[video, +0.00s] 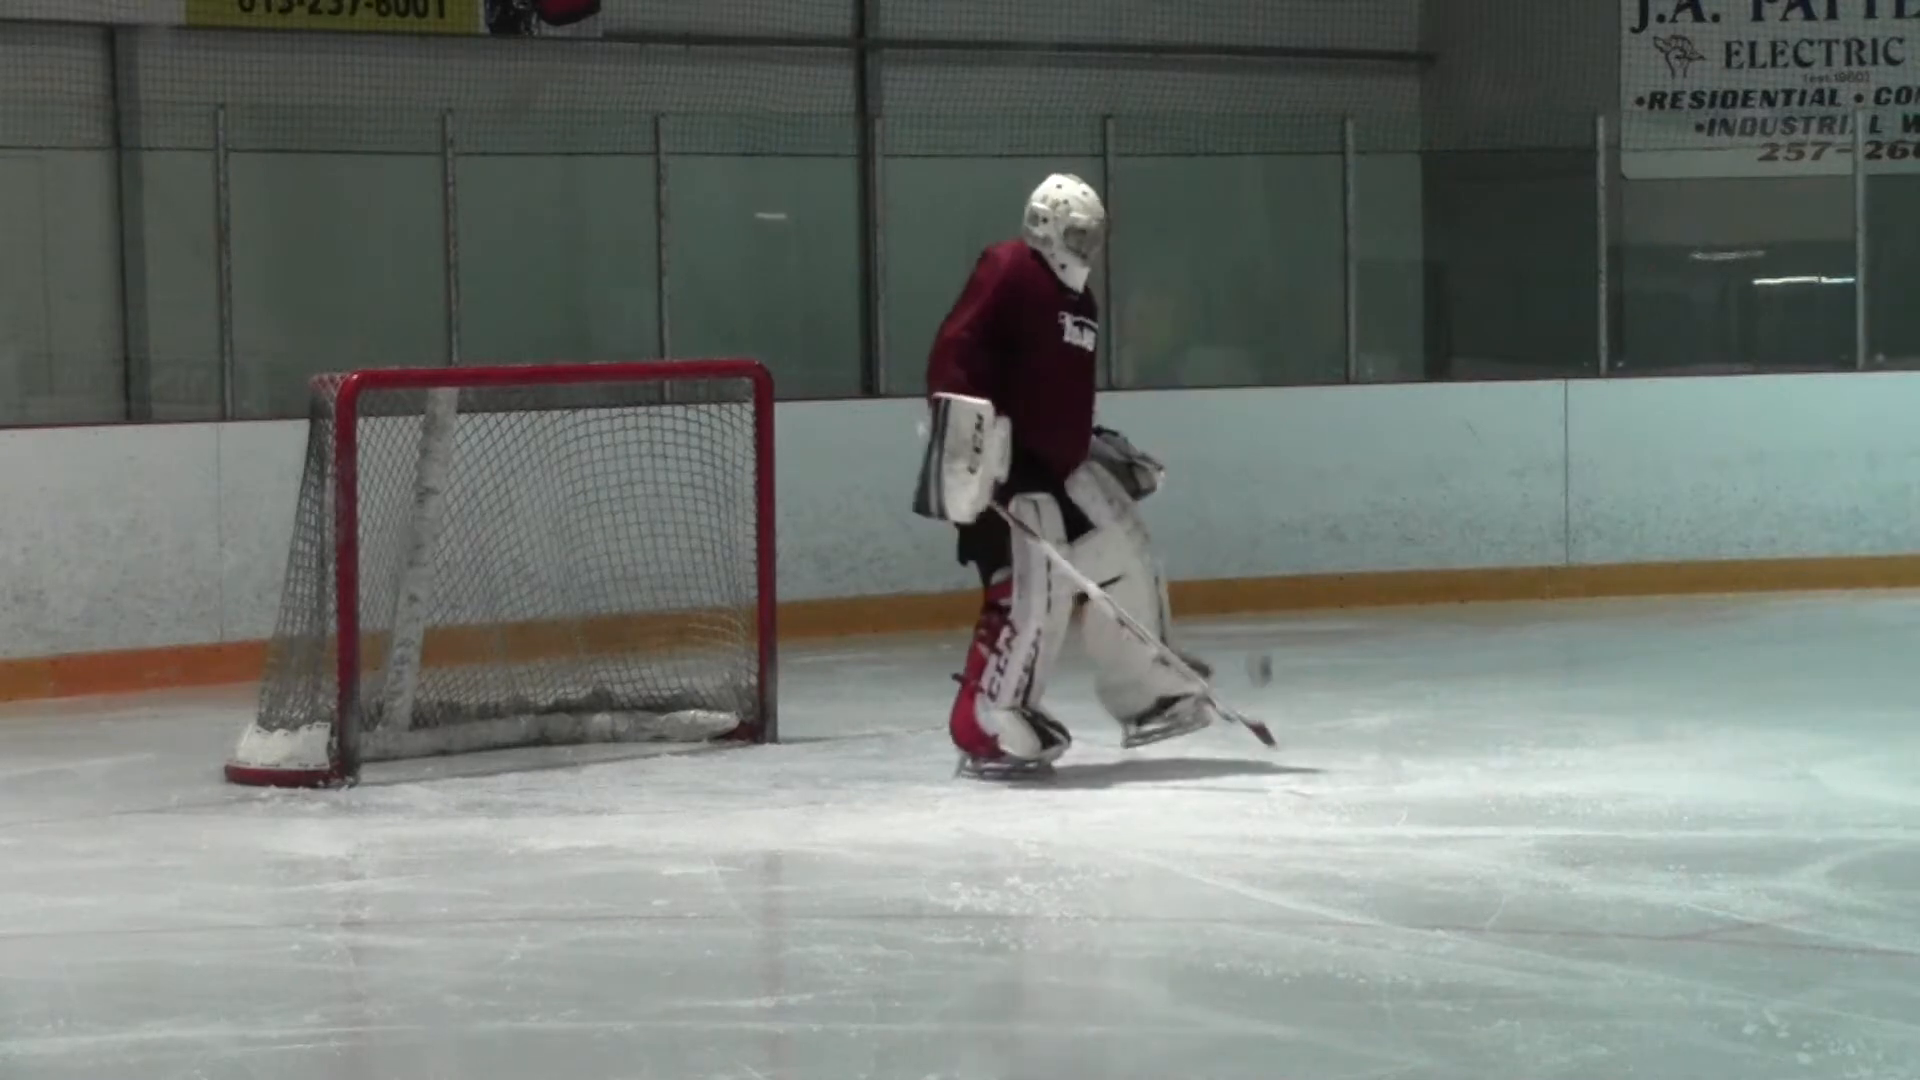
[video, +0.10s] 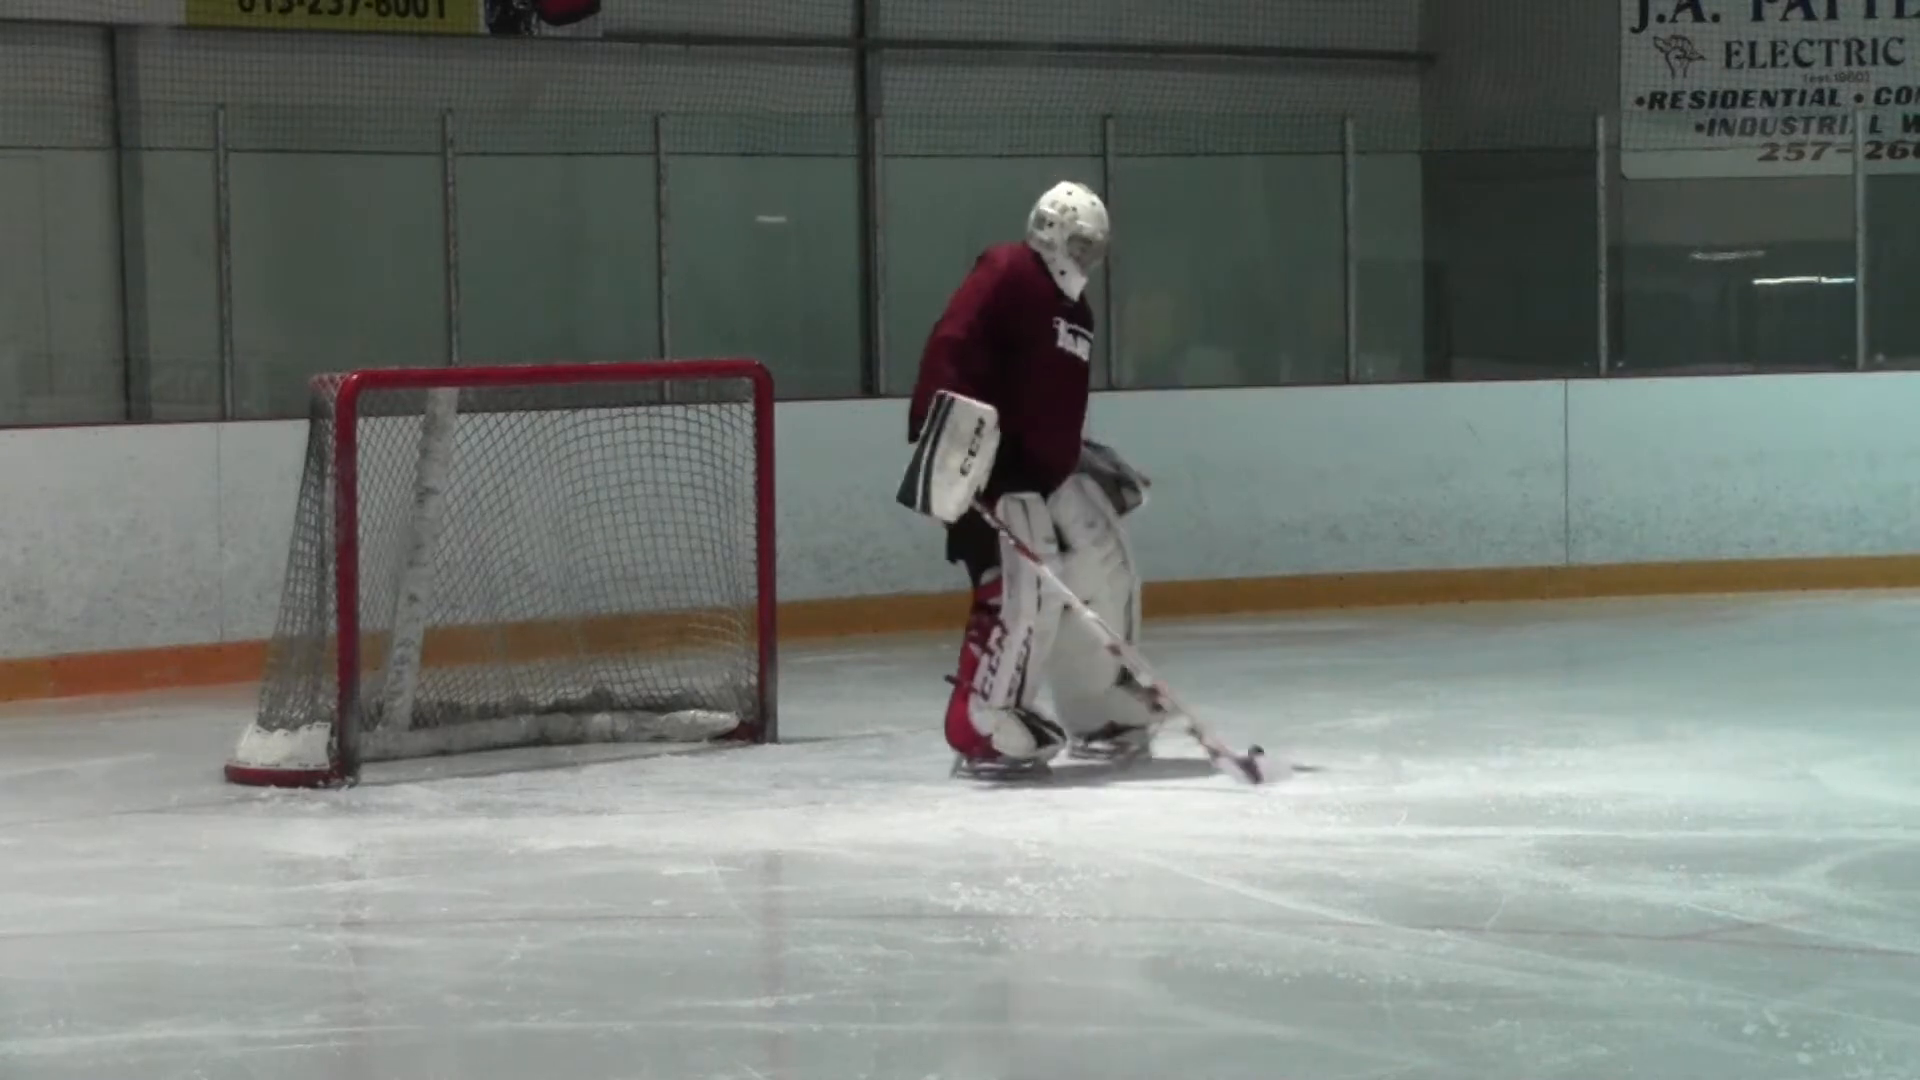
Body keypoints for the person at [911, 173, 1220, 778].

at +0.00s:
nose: (1086, 248)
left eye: (1092, 238)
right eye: (1078, 235)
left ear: (1094, 236)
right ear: (1048, 227)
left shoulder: (1077, 292)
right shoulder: (1008, 267)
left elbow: (1059, 391)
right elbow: (955, 355)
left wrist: (1099, 451)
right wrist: (969, 463)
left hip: (1066, 468)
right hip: (1012, 472)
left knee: (1123, 564)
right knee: (1027, 597)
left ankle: (1148, 696)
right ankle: (990, 725)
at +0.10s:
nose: (1085, 258)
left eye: (1093, 247)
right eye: (1078, 244)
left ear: (1099, 246)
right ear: (1047, 233)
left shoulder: (1077, 306)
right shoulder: (1007, 269)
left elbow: (1050, 400)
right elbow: (949, 348)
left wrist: (1079, 461)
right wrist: (940, 441)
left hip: (1050, 473)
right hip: (996, 472)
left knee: (1100, 578)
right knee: (1014, 597)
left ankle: (1098, 713)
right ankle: (982, 730)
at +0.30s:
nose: (1087, 282)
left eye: (1097, 273)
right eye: (1084, 266)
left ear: (1098, 266)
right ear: (1060, 248)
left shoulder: (1070, 321)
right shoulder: (1009, 275)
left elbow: (1036, 413)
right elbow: (947, 357)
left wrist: (1054, 477)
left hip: (1017, 481)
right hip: (952, 472)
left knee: (1057, 587)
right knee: (989, 591)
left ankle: (1025, 703)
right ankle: (955, 721)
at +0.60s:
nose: (1052, 288)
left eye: (1063, 280)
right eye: (1050, 271)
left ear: (1067, 277)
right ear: (1027, 252)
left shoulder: (1039, 337)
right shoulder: (985, 271)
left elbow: (1029, 422)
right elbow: (936, 321)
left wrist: (1056, 471)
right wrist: (972, 382)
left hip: (998, 480)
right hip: (942, 473)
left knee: (1016, 593)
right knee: (961, 593)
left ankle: (982, 701)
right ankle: (930, 717)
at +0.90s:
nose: (1032, 290)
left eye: (1037, 279)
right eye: (1029, 275)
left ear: (1014, 270)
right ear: (1005, 262)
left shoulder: (989, 325)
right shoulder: (958, 282)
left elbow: (984, 421)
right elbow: (933, 366)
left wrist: (1013, 483)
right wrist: (969, 448)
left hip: (935, 468)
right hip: (893, 460)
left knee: (963, 585)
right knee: (928, 585)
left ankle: (932, 697)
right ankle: (891, 711)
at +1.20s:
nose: (1032, 337)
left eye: (1036, 326)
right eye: (1030, 323)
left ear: (989, 303)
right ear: (1012, 317)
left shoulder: (970, 344)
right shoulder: (972, 348)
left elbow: (958, 445)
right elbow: (936, 431)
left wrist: (959, 524)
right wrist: (936, 522)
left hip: (871, 459)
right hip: (841, 454)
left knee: (905, 580)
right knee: (879, 582)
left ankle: (892, 700)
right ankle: (848, 708)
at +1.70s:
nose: (1022, 376)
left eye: (1028, 366)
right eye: (1023, 361)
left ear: (994, 338)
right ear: (1005, 345)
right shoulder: (965, 348)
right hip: (817, 443)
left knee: (897, 579)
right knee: (846, 580)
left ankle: (881, 701)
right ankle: (818, 718)